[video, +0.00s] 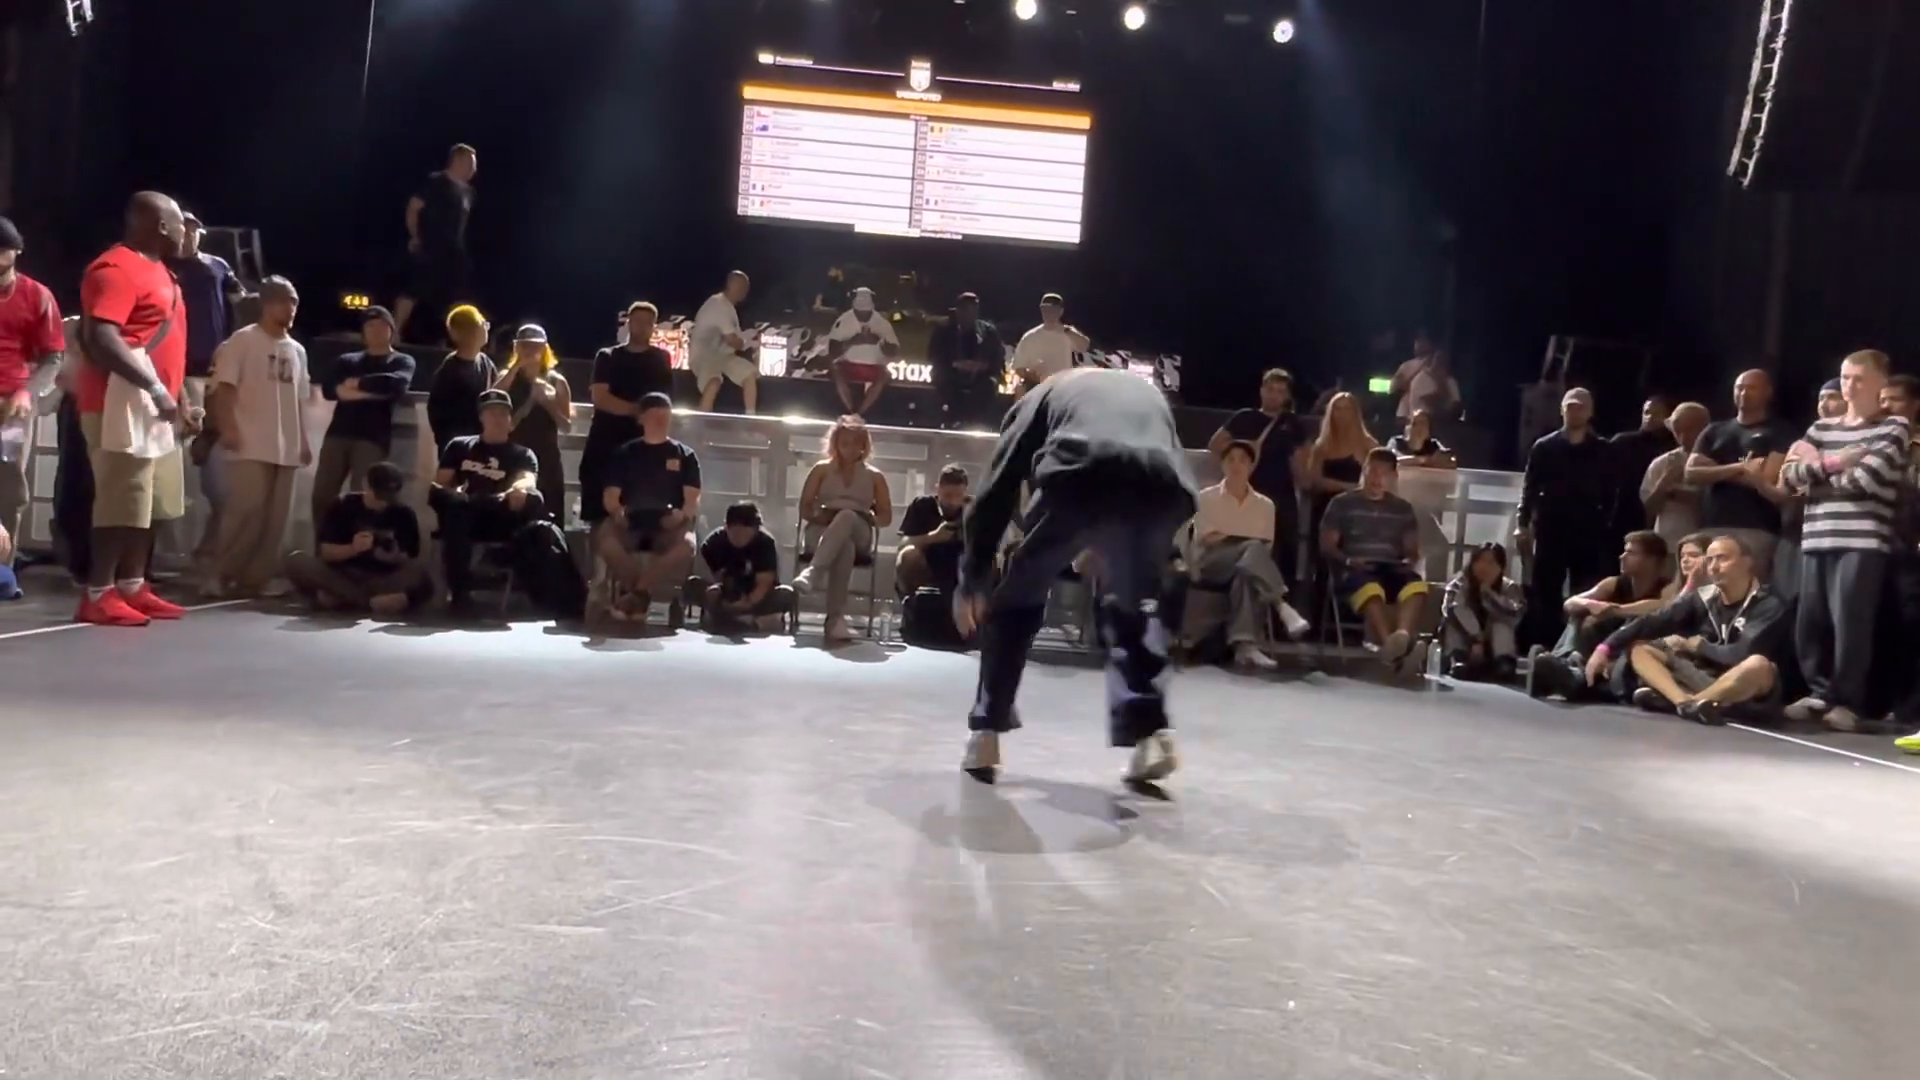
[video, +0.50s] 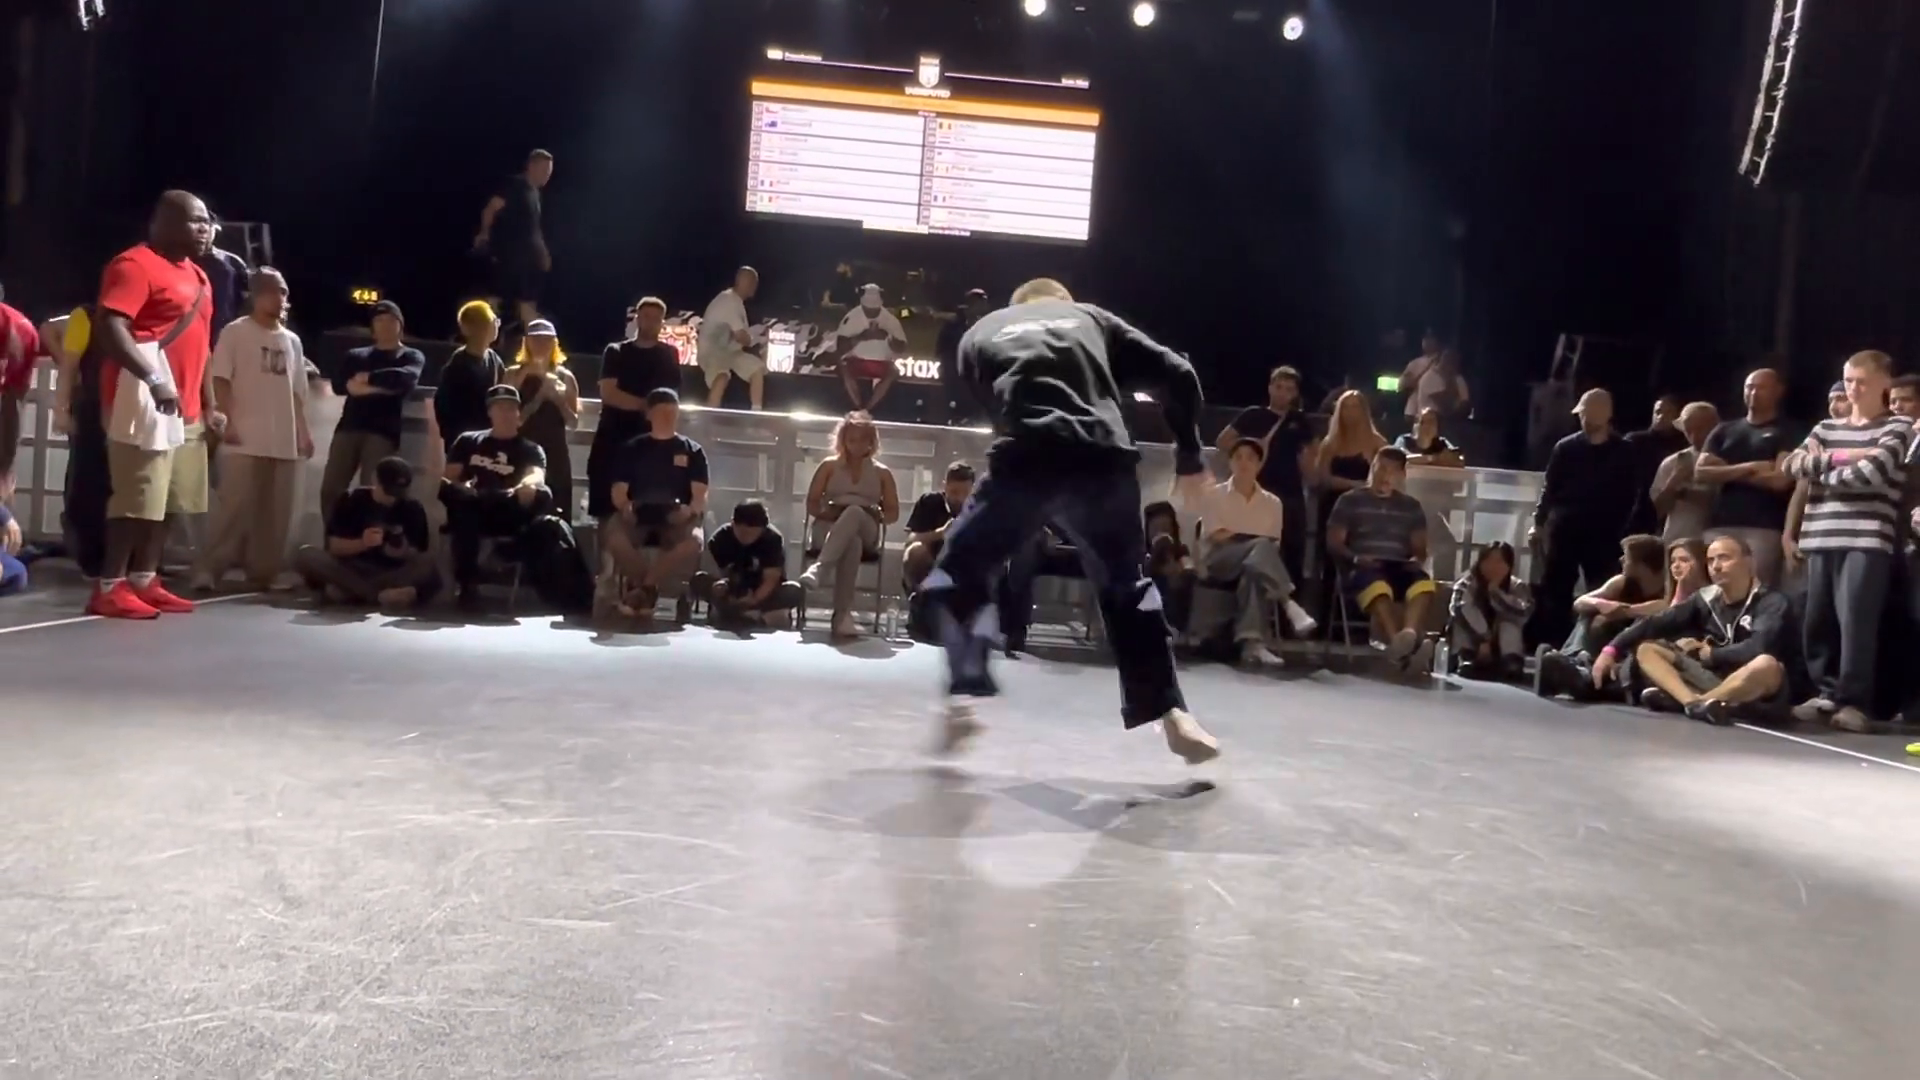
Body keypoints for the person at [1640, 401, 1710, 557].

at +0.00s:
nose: (1684, 438)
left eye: (1691, 431)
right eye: (1679, 432)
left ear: (1705, 430)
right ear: (1674, 432)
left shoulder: (1715, 462)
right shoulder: (1661, 465)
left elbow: (1719, 502)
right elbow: (1646, 509)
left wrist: (1676, 491)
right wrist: (1664, 484)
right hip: (1668, 546)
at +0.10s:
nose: (1688, 437)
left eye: (1695, 430)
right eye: (1683, 430)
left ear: (1708, 429)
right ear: (1678, 432)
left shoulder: (1716, 462)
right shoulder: (1663, 464)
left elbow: (1719, 500)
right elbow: (1650, 507)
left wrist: (1677, 492)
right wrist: (1666, 482)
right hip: (1670, 545)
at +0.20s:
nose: (1689, 437)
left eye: (1696, 430)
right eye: (1684, 431)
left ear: (1710, 430)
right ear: (1680, 432)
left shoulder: (1720, 462)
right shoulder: (1666, 464)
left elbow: (1721, 501)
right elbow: (1654, 505)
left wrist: (1681, 492)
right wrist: (1669, 482)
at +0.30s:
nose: (1691, 438)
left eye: (1697, 431)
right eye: (1686, 431)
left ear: (1712, 430)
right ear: (1681, 431)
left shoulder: (1723, 461)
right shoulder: (1669, 464)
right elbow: (1655, 508)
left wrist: (1683, 494)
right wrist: (1671, 484)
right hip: (1674, 541)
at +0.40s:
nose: (1692, 438)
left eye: (1699, 430)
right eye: (1687, 431)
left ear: (1714, 429)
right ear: (1683, 431)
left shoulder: (1724, 461)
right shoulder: (1670, 464)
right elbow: (1657, 507)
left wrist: (1685, 494)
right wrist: (1673, 482)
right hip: (1675, 539)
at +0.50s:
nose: (1694, 437)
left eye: (1700, 430)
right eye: (1689, 431)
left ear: (1715, 428)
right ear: (1685, 431)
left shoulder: (1725, 460)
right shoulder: (1672, 464)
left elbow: (1725, 500)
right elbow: (1658, 508)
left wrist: (1685, 493)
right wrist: (1675, 480)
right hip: (1677, 539)